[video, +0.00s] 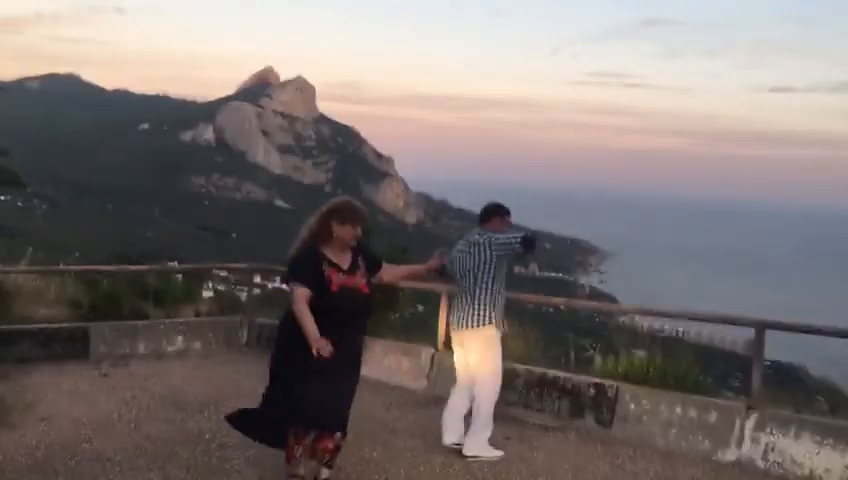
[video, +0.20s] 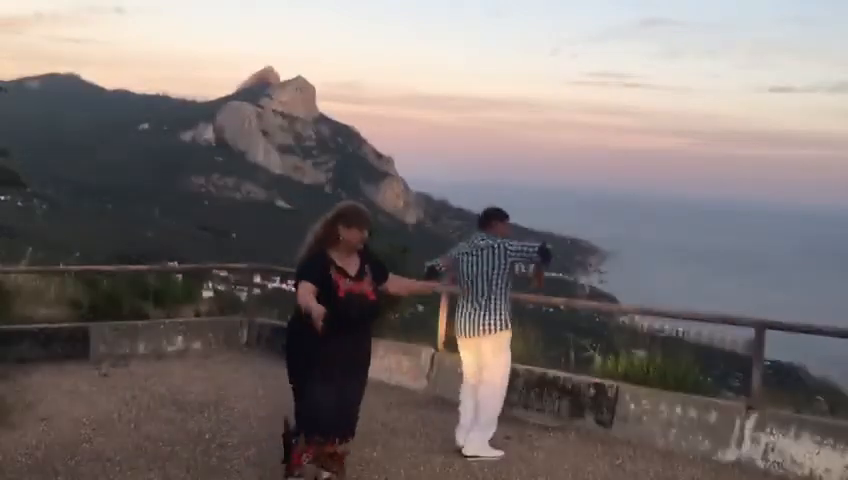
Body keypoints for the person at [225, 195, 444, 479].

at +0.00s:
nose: (357, 232)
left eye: (359, 227)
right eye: (352, 226)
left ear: (356, 230)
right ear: (333, 226)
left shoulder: (360, 258)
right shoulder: (308, 257)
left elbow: (390, 273)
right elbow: (299, 301)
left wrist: (428, 266)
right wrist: (315, 338)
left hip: (346, 347)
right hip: (307, 345)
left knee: (336, 410)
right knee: (303, 407)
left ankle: (323, 468)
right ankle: (297, 468)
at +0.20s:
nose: (363, 236)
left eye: (365, 230)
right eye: (357, 230)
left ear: (366, 233)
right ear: (339, 230)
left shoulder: (367, 261)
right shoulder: (317, 260)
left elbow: (394, 284)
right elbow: (304, 292)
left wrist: (435, 286)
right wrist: (313, 307)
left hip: (353, 345)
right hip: (316, 346)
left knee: (346, 402)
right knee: (316, 401)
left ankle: (333, 462)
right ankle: (307, 460)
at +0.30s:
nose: (373, 230)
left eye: (374, 224)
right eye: (367, 223)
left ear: (366, 227)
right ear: (348, 223)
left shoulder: (372, 259)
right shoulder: (323, 251)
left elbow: (393, 290)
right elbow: (305, 282)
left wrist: (432, 305)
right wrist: (326, 286)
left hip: (351, 346)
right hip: (314, 345)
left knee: (343, 412)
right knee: (312, 411)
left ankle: (330, 467)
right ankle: (303, 469)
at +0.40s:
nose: (377, 226)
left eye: (377, 220)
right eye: (372, 220)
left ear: (360, 223)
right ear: (355, 221)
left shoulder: (375, 259)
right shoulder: (328, 247)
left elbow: (389, 295)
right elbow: (308, 274)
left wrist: (419, 318)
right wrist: (341, 267)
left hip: (351, 346)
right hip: (313, 341)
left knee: (336, 406)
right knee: (308, 403)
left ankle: (325, 464)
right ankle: (301, 466)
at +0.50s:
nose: (379, 227)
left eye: (379, 221)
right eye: (375, 221)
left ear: (363, 224)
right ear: (357, 221)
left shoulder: (373, 263)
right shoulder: (332, 247)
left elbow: (384, 299)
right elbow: (316, 271)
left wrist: (411, 324)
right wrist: (353, 258)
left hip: (351, 351)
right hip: (316, 343)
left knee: (337, 407)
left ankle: (322, 465)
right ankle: (298, 466)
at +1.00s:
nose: (401, 229)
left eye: (400, 223)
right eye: (398, 222)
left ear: (374, 222)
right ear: (385, 223)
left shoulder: (368, 253)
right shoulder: (370, 258)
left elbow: (390, 268)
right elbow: (393, 303)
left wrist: (414, 261)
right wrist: (441, 309)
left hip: (353, 359)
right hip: (366, 363)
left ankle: (326, 471)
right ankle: (356, 472)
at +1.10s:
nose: (406, 230)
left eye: (406, 224)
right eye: (404, 224)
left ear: (377, 224)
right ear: (391, 226)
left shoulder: (365, 257)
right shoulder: (381, 263)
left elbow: (389, 265)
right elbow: (402, 310)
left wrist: (415, 257)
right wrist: (449, 327)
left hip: (359, 356)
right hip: (376, 362)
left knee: (356, 425)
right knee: (378, 431)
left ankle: (363, 471)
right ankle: (328, 471)